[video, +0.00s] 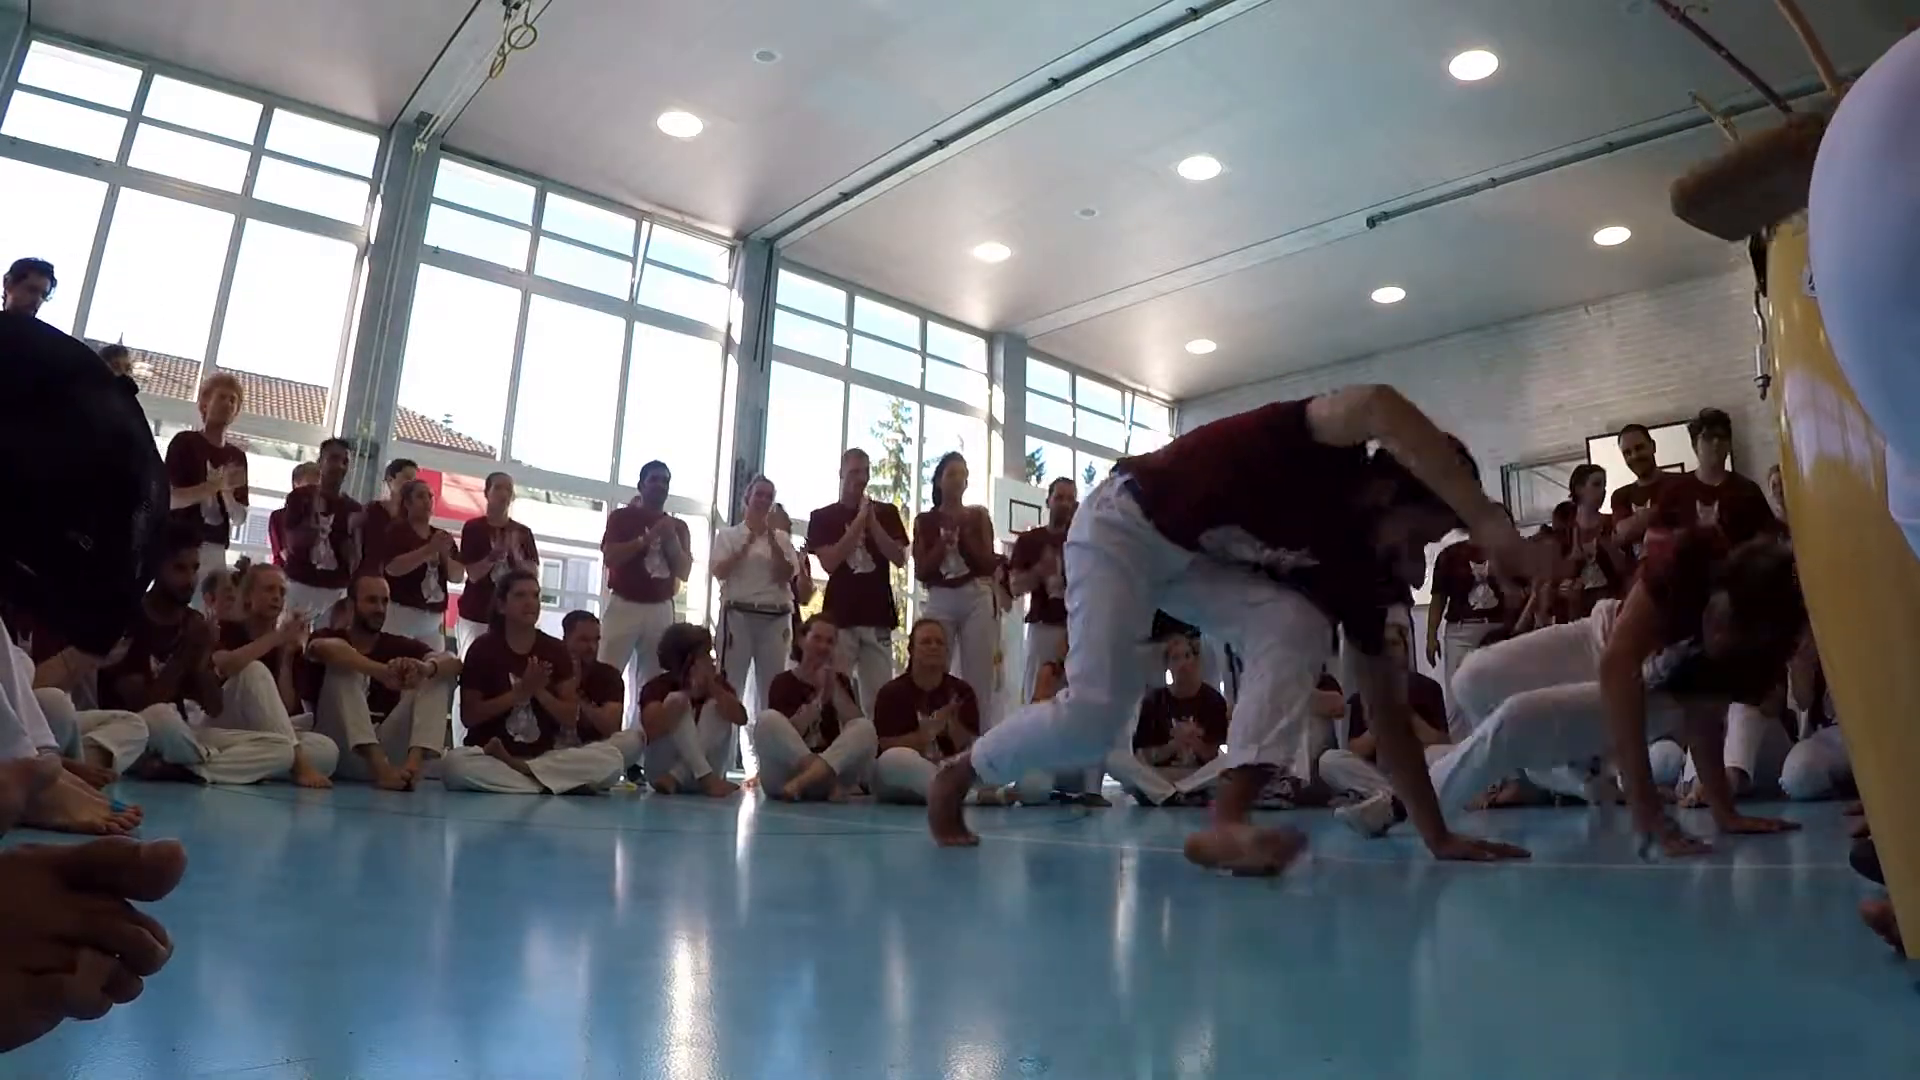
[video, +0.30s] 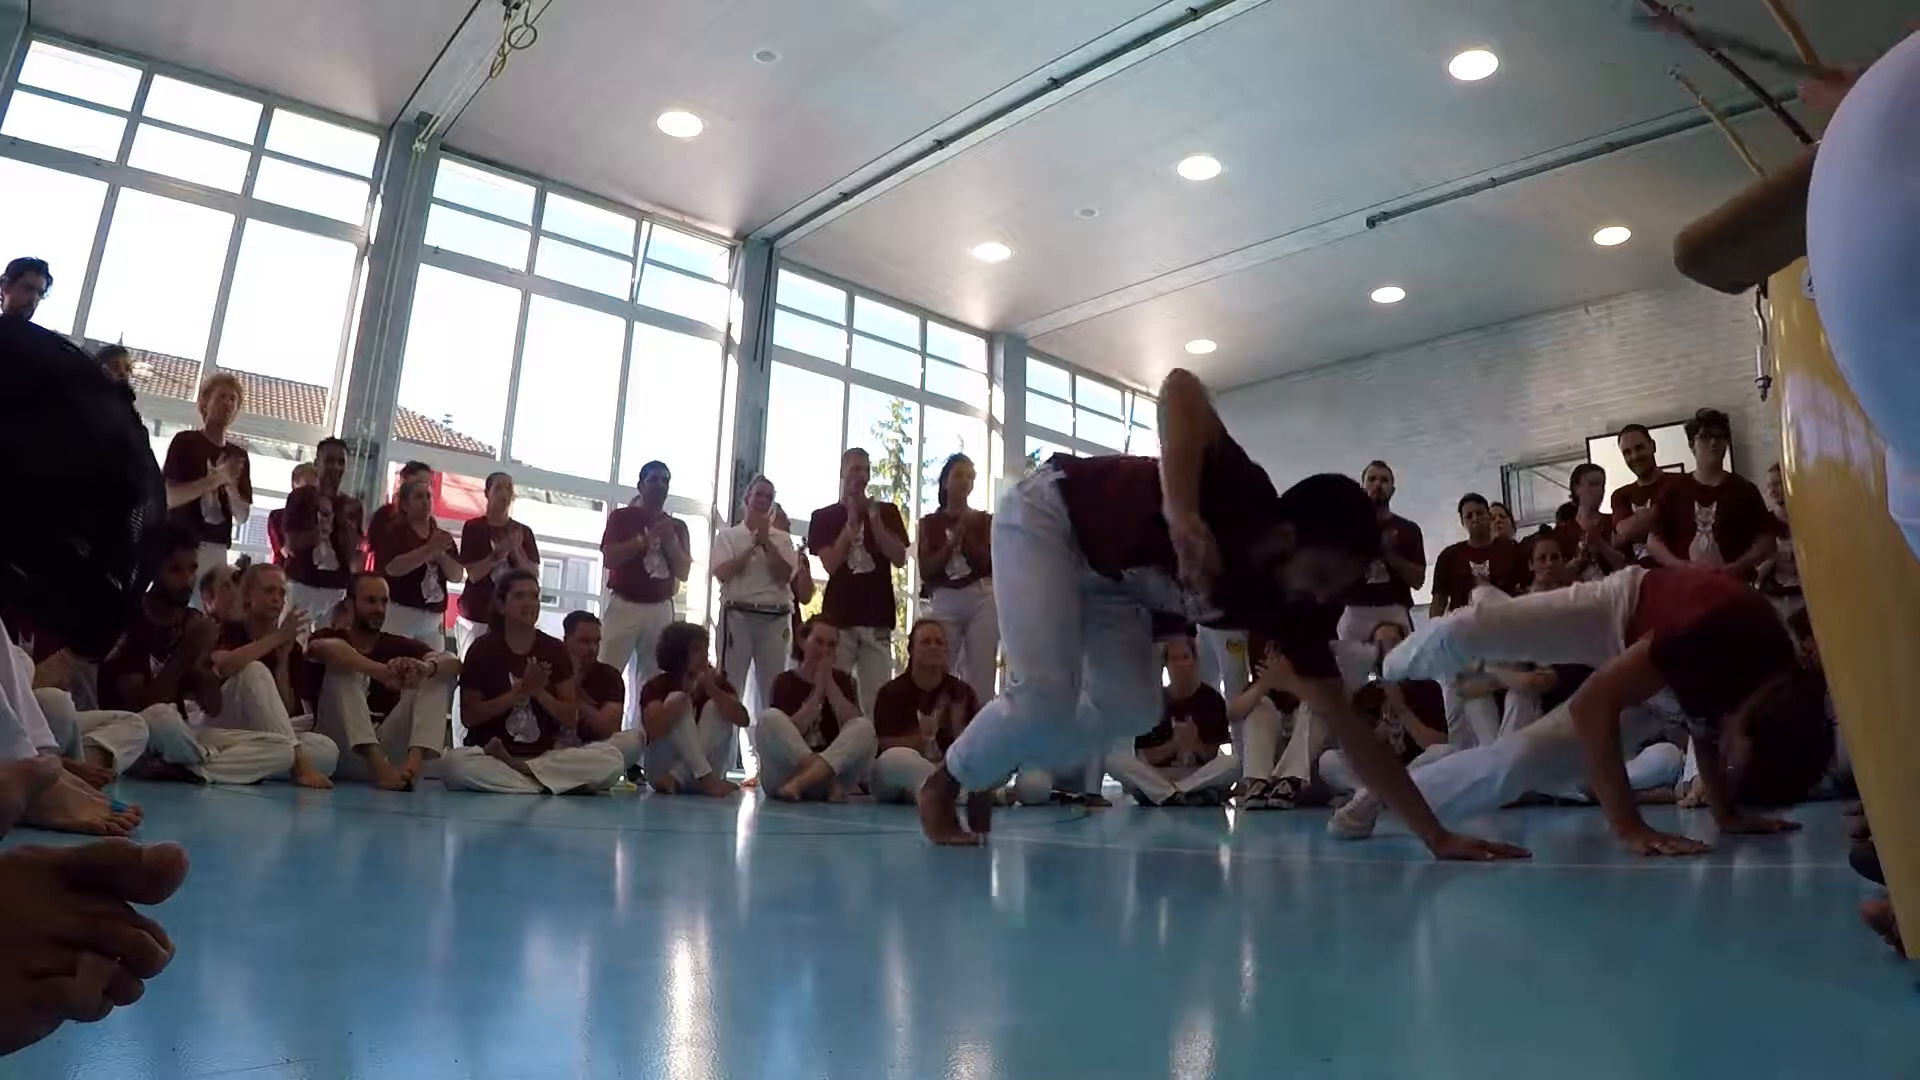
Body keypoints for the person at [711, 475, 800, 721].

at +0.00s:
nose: (763, 500)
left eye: (768, 496)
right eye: (759, 494)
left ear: (773, 502)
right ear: (747, 496)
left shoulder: (781, 538)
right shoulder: (727, 535)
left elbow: (788, 575)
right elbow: (719, 572)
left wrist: (774, 544)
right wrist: (744, 548)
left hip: (776, 618)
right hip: (737, 616)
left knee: (772, 691)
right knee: (730, 689)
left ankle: (768, 751)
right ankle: (724, 751)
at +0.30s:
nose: (763, 500)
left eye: (768, 496)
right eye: (758, 494)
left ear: (773, 503)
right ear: (746, 497)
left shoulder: (782, 538)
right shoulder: (727, 536)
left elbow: (787, 576)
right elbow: (722, 574)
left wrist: (766, 543)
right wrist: (753, 545)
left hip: (775, 619)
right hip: (737, 617)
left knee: (772, 692)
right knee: (730, 690)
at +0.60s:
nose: (761, 501)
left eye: (766, 497)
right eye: (757, 495)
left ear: (772, 503)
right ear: (745, 499)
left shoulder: (781, 537)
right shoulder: (728, 535)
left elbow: (786, 575)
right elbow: (719, 574)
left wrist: (769, 538)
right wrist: (748, 545)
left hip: (775, 616)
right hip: (738, 614)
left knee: (771, 692)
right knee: (730, 690)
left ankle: (769, 764)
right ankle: (724, 765)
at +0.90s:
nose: (762, 499)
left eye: (766, 496)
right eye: (758, 494)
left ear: (771, 503)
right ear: (746, 497)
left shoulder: (783, 539)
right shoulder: (727, 535)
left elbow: (786, 577)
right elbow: (719, 574)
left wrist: (777, 540)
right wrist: (738, 541)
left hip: (774, 617)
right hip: (737, 615)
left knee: (772, 687)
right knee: (732, 686)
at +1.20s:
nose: (761, 500)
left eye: (766, 497)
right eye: (757, 495)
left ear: (772, 503)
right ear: (745, 498)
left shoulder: (782, 537)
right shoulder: (728, 535)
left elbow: (786, 577)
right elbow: (719, 573)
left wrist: (771, 542)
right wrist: (748, 543)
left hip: (775, 618)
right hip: (737, 615)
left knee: (773, 693)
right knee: (731, 690)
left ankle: (771, 761)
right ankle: (728, 761)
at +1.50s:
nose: (759, 501)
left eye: (765, 497)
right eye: (755, 495)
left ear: (772, 503)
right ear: (744, 499)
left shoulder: (783, 538)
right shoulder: (728, 535)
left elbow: (785, 576)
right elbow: (719, 574)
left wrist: (765, 541)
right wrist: (750, 548)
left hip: (775, 616)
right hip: (737, 614)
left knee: (773, 693)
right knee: (730, 690)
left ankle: (769, 765)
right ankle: (722, 764)